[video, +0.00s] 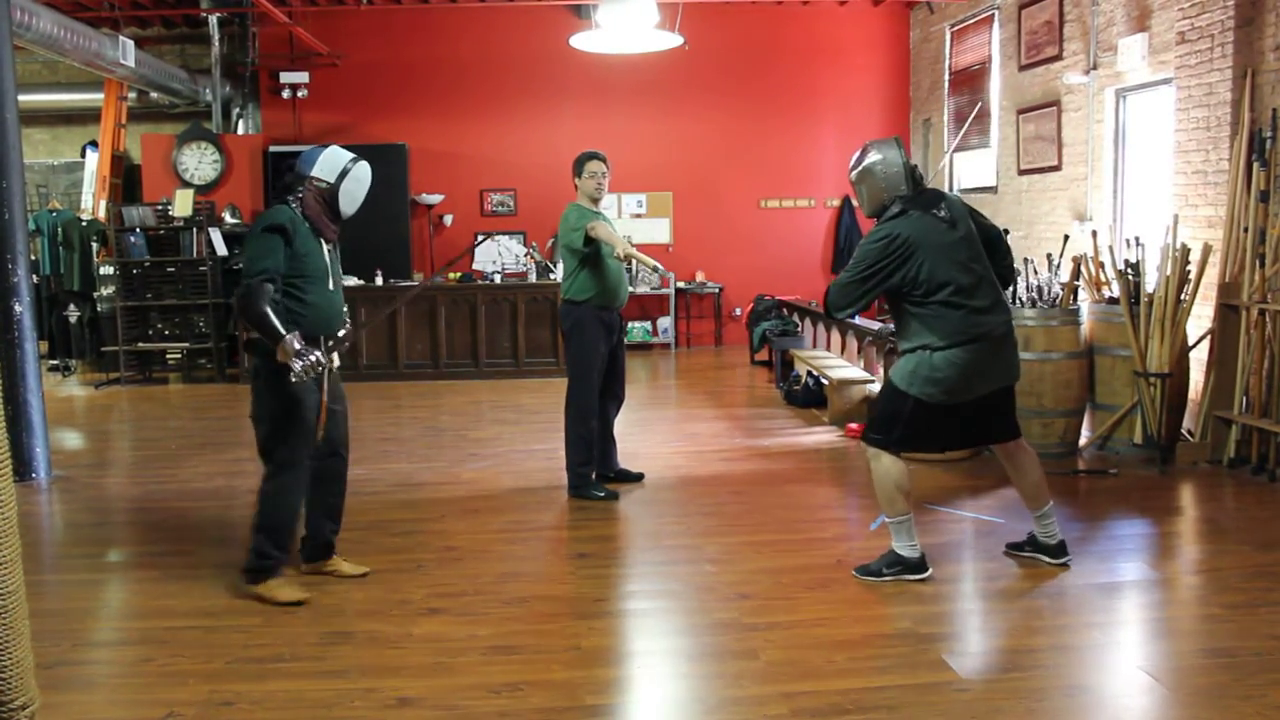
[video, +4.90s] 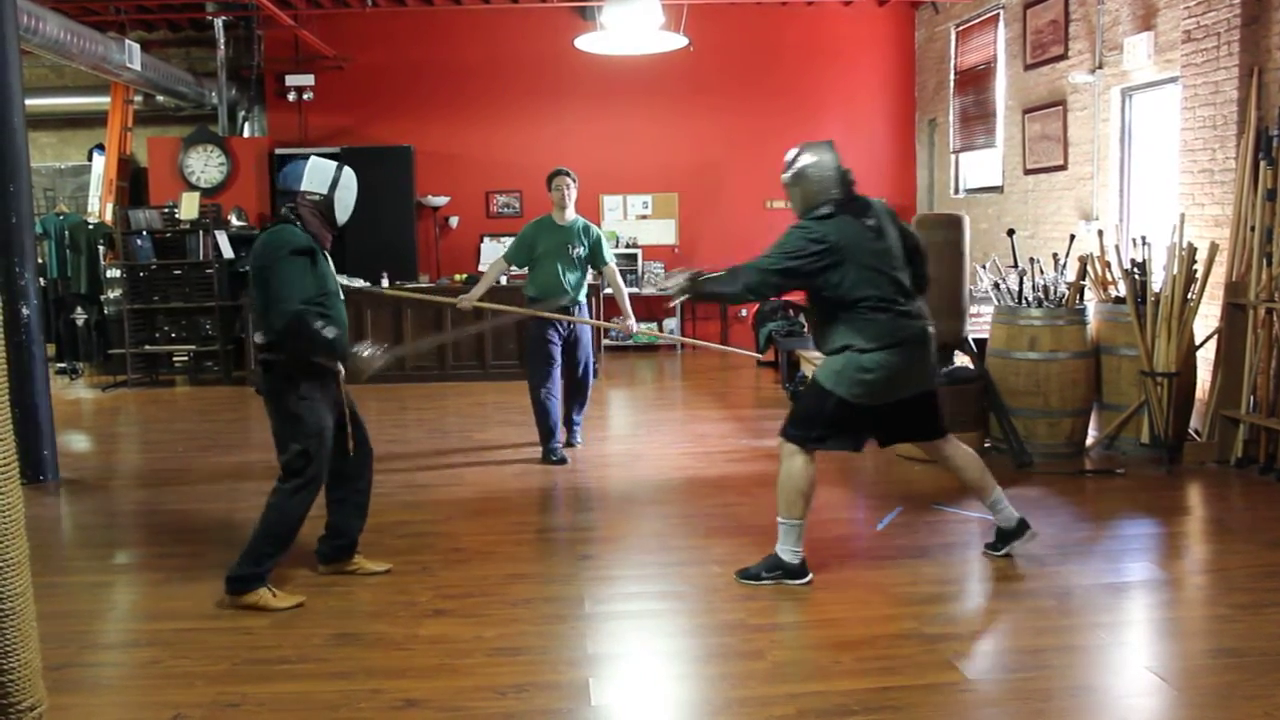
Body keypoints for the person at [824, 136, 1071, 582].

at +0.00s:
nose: (856, 200)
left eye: (857, 191)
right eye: (855, 191)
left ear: (873, 189)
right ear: (906, 179)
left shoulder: (888, 236)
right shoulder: (952, 207)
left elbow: (836, 303)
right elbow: (999, 250)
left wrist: (870, 274)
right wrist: (989, 296)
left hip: (938, 359)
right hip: (997, 350)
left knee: (881, 443)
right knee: (1008, 439)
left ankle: (906, 553)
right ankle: (1050, 539)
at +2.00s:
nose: (877, 191)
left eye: (878, 180)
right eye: (876, 181)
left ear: (896, 177)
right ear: (924, 171)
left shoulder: (907, 227)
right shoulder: (970, 204)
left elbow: (856, 297)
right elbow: (1013, 255)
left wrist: (884, 277)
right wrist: (994, 296)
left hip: (954, 352)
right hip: (1008, 344)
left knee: (895, 437)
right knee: (1014, 438)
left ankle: (911, 553)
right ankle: (1053, 538)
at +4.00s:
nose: (872, 183)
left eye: (874, 173)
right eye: (871, 174)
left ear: (891, 171)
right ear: (921, 164)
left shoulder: (901, 221)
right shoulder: (965, 200)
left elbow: (850, 290)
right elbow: (1008, 248)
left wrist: (887, 267)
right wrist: (997, 295)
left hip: (944, 348)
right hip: (997, 340)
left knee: (898, 443)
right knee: (985, 435)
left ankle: (912, 555)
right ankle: (1028, 533)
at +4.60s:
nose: (860, 188)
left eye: (863, 178)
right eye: (861, 179)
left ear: (881, 181)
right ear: (909, 176)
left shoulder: (890, 230)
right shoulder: (953, 211)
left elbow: (837, 296)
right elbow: (992, 259)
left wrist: (882, 269)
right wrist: (971, 298)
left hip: (922, 357)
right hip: (977, 351)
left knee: (858, 433)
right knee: (974, 446)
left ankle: (848, 547)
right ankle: (1023, 539)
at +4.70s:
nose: (841, 192)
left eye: (843, 183)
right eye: (841, 182)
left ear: (857, 184)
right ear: (891, 178)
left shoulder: (867, 231)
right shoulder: (934, 214)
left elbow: (812, 289)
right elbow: (970, 270)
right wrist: (942, 299)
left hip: (902, 360)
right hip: (958, 355)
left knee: (838, 437)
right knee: (971, 446)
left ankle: (809, 551)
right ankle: (1024, 538)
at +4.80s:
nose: (816, 195)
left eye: (819, 185)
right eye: (816, 186)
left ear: (836, 183)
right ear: (864, 178)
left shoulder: (842, 233)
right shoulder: (909, 215)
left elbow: (782, 286)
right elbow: (942, 277)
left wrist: (765, 269)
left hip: (879, 363)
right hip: (934, 357)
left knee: (814, 443)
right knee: (958, 445)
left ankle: (795, 557)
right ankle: (1020, 532)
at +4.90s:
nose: (789, 198)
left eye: (791, 189)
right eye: (788, 189)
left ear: (807, 187)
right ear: (837, 182)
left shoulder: (814, 234)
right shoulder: (881, 215)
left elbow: (755, 280)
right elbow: (916, 259)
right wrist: (901, 301)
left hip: (860, 358)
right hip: (913, 351)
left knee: (795, 443)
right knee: (938, 441)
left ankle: (788, 558)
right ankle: (1010, 520)